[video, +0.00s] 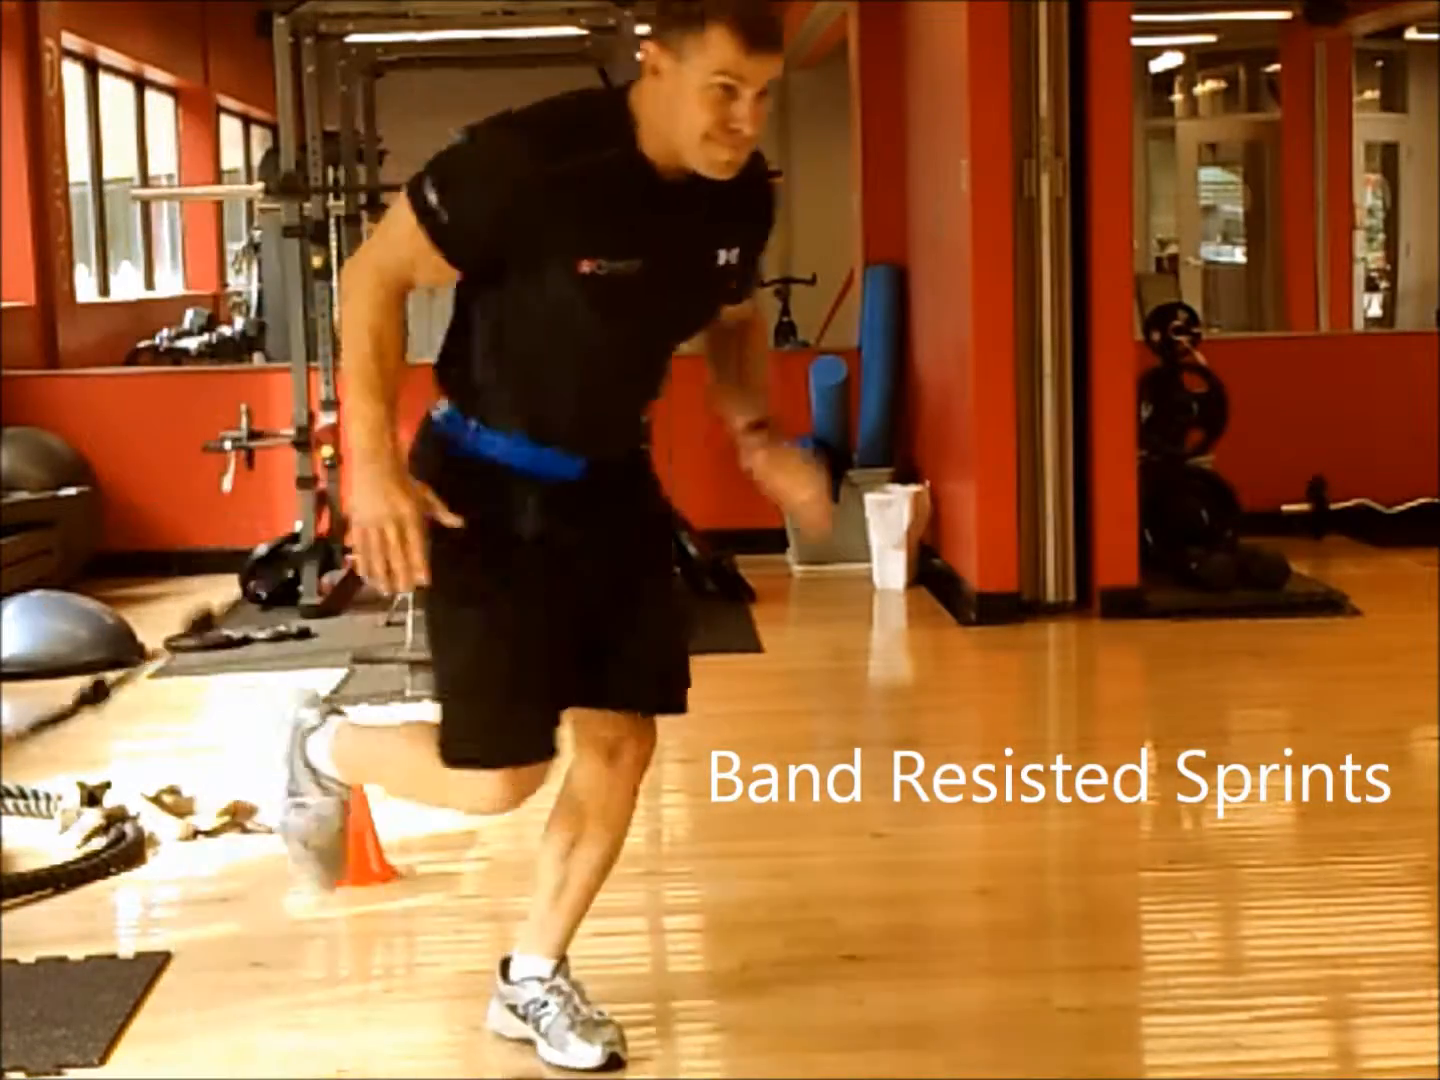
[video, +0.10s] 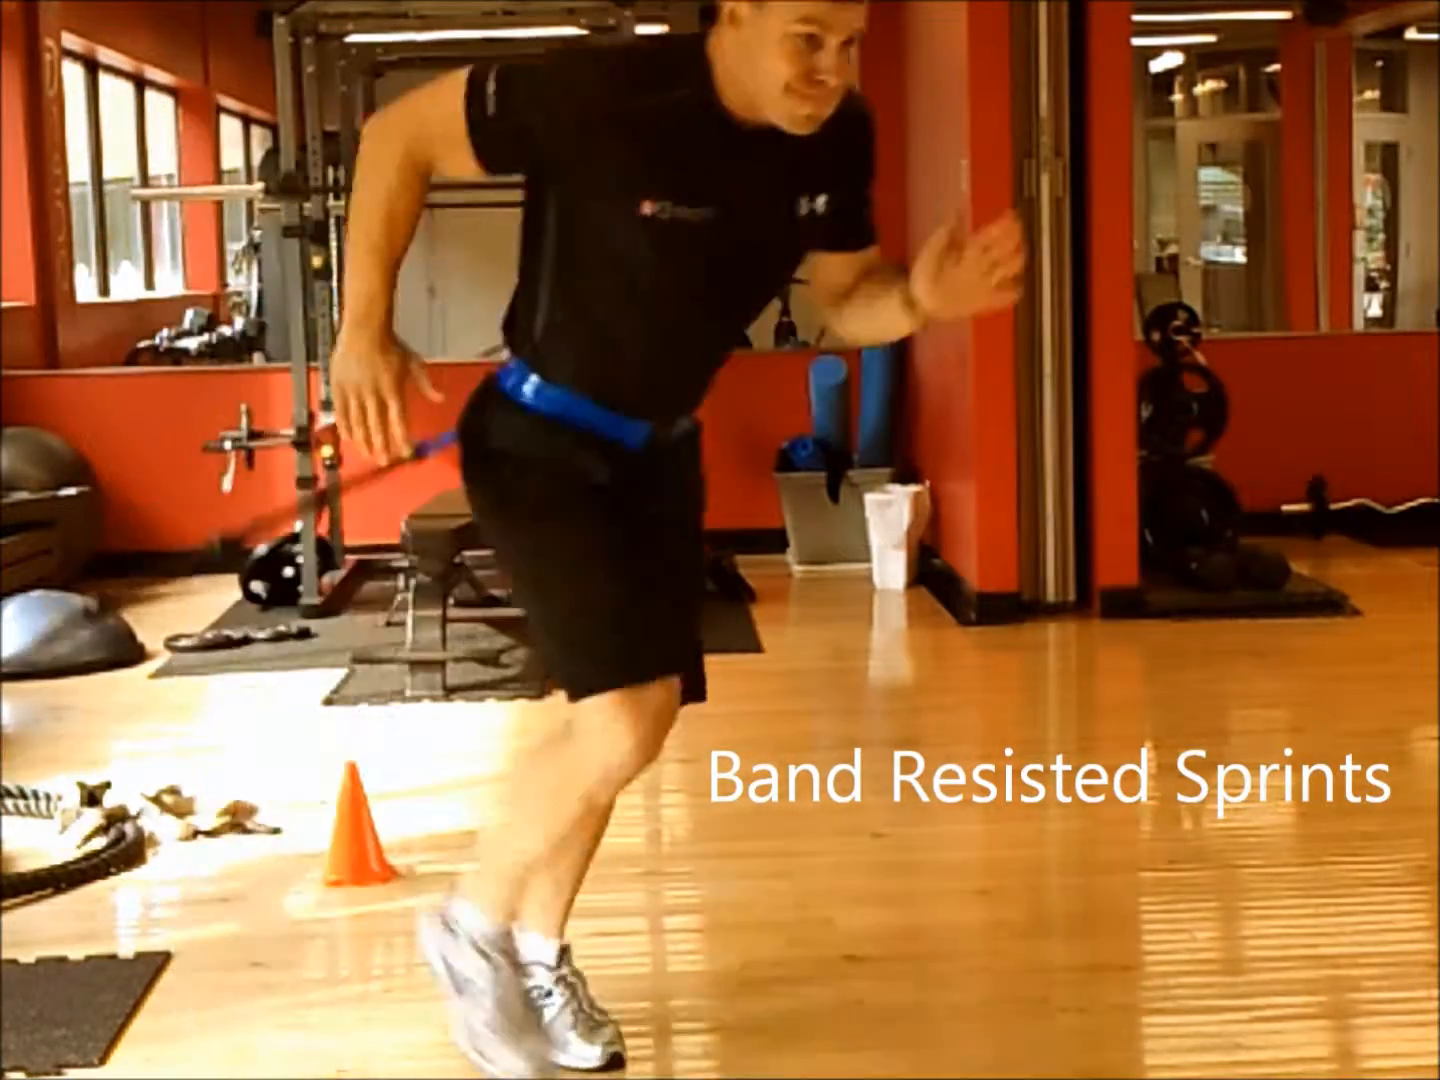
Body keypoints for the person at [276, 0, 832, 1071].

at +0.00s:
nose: (746, 120)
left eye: (764, 95)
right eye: (726, 90)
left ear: (776, 88)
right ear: (651, 63)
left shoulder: (744, 192)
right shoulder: (525, 157)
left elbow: (737, 332)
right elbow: (371, 275)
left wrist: (755, 435)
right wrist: (368, 457)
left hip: (611, 488)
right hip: (482, 486)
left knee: (616, 742)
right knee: (500, 771)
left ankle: (534, 972)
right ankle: (327, 741)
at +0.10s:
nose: (836, 72)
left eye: (852, 45)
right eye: (810, 40)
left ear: (863, 38)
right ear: (732, 19)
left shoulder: (834, 130)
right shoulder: (603, 91)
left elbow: (835, 301)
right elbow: (398, 134)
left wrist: (919, 296)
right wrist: (363, 324)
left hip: (658, 447)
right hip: (542, 434)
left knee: (632, 711)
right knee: (629, 707)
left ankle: (534, 950)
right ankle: (470, 927)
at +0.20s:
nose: (903, 49)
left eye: (918, 23)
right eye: (876, 19)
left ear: (932, 22)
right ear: (794, 9)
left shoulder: (903, 108)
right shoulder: (644, 75)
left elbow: (924, 272)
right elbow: (461, 148)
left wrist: (972, 307)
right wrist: (486, 362)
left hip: (743, 459)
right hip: (616, 443)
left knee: (715, 728)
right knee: (669, 765)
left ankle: (532, 848)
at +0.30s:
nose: (955, 71)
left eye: (973, 42)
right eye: (932, 35)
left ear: (987, 38)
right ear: (847, 15)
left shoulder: (946, 138)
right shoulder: (710, 118)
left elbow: (909, 313)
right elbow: (591, 322)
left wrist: (918, 459)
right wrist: (789, 378)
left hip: (821, 492)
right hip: (681, 486)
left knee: (859, 815)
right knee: (708, 816)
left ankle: (642, 750)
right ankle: (635, 1069)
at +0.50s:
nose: (1150, 27)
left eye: (1170, 5)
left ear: (1179, 10)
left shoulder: (1119, 103)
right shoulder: (872, 40)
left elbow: (1061, 237)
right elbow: (688, 186)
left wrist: (1030, 401)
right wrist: (780, 398)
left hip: (920, 416)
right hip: (772, 415)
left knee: (981, 745)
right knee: (844, 771)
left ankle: (893, 1025)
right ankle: (623, 955)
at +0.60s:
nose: (1186, 64)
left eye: (1205, 38)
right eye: (1165, 24)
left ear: (1210, 45)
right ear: (1069, 5)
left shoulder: (1156, 158)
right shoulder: (899, 85)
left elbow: (1176, 344)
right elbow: (666, 151)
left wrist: (1246, 446)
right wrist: (587, 356)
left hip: (968, 498)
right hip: (834, 491)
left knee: (967, 805)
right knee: (1006, 772)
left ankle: (861, 1058)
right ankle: (713, 797)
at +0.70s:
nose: (1217, 23)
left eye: (1238, 4)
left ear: (1251, 12)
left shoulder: (1201, 108)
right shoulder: (929, 37)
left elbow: (1205, 274)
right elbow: (696, 103)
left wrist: (1281, 334)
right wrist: (636, 331)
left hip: (995, 456)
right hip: (860, 444)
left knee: (951, 774)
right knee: (1009, 775)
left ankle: (870, 1037)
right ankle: (770, 902)